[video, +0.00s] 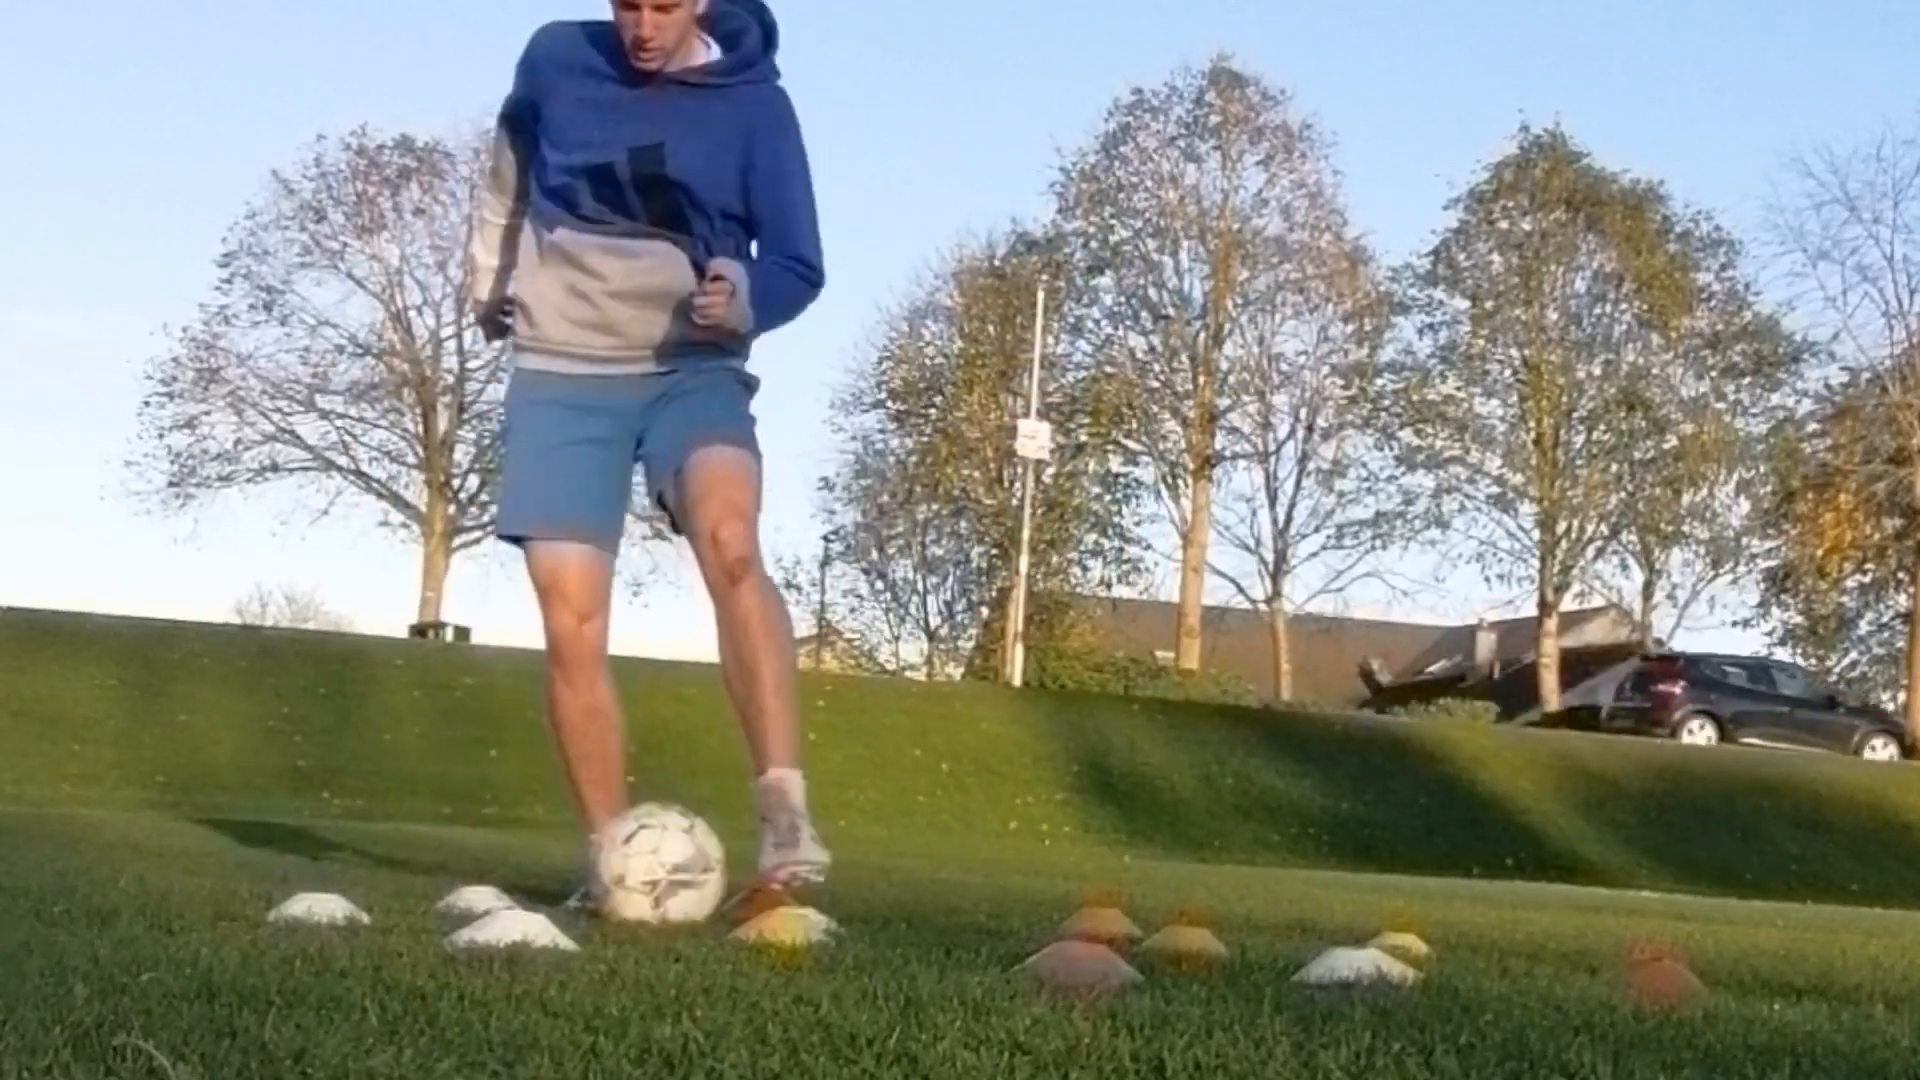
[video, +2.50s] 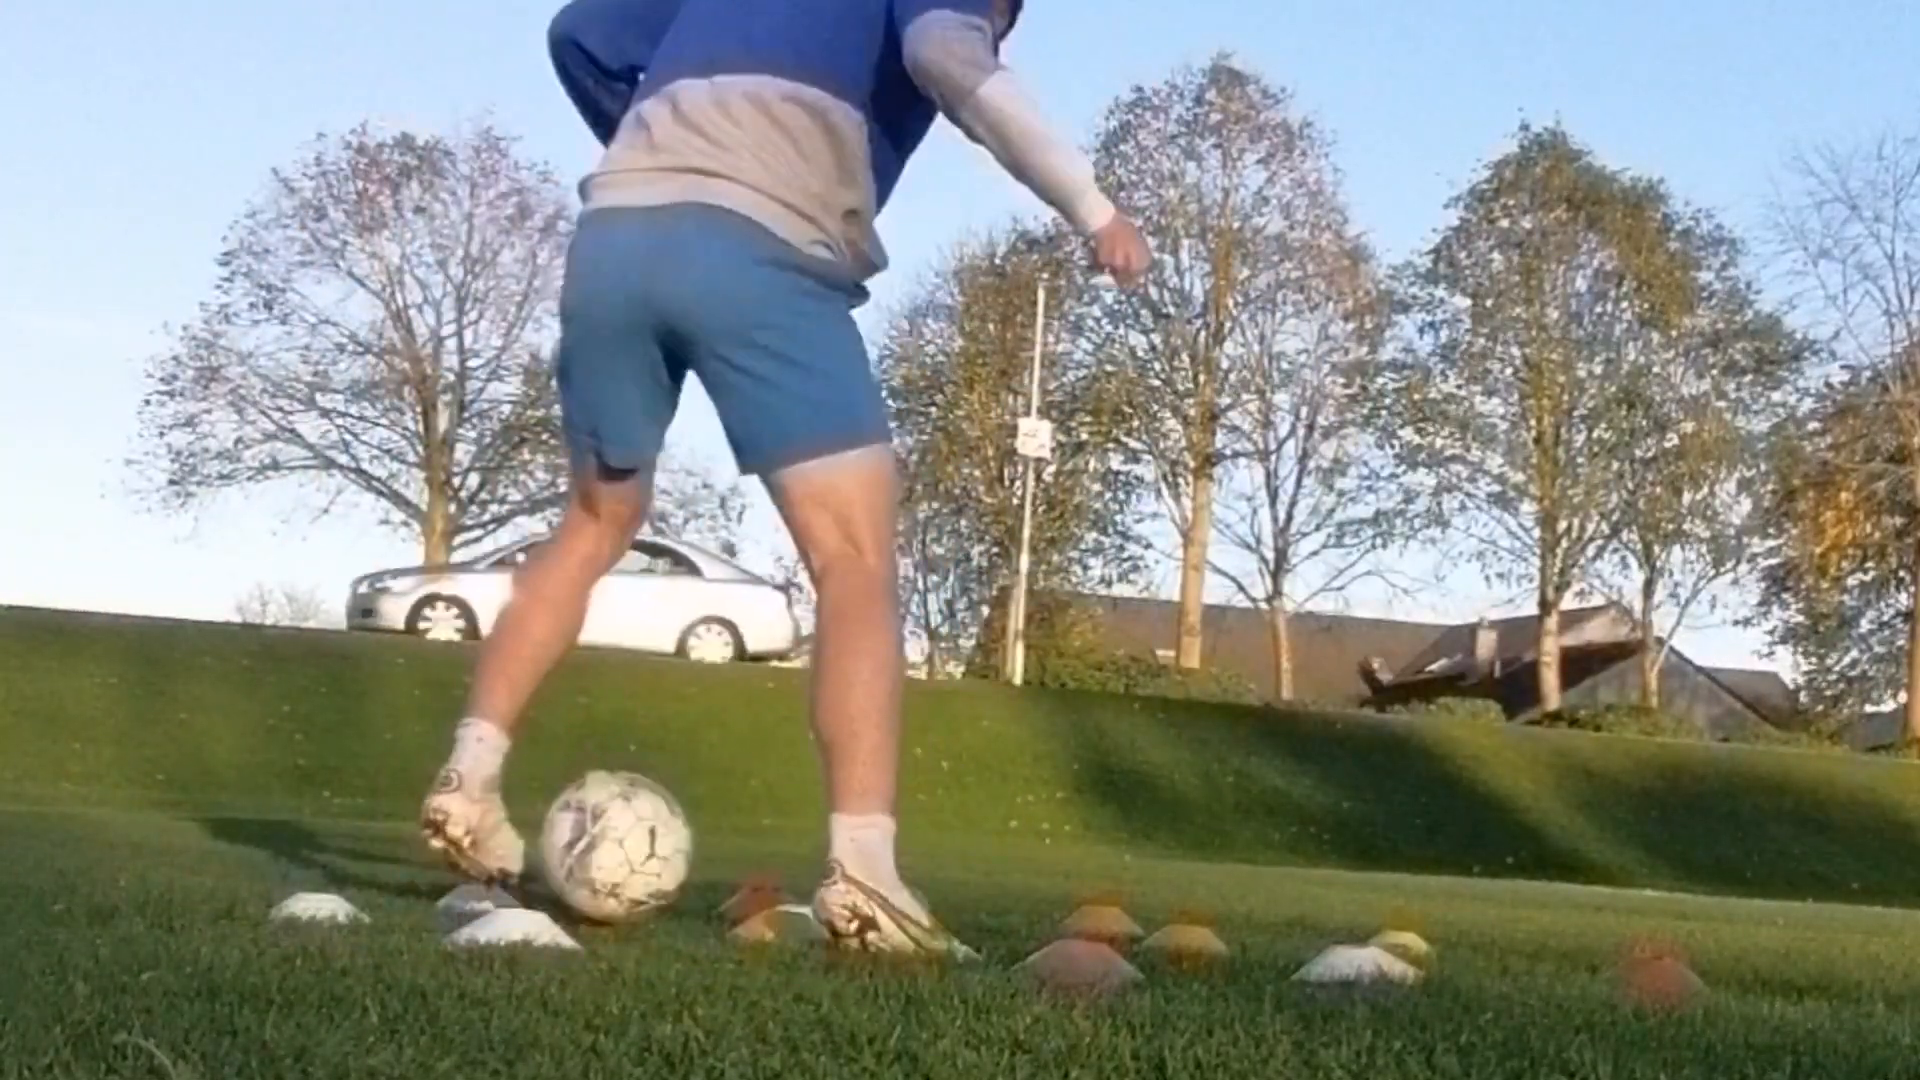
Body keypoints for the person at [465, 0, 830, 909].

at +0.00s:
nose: (641, 26)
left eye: (662, 9)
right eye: (627, 7)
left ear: (701, 3)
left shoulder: (754, 100)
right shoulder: (557, 56)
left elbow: (796, 263)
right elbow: (509, 155)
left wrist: (747, 302)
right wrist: (490, 271)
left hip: (692, 381)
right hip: (559, 384)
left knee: (734, 550)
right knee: (570, 625)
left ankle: (785, 821)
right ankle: (612, 872)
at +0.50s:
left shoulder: (714, 10)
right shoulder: (484, 0)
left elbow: (798, 85)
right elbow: (413, 27)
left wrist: (841, 123)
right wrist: (376, 33)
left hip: (621, 311)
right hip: (475, 297)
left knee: (609, 554)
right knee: (368, 510)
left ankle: (619, 796)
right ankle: (498, 764)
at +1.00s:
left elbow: (410, 187)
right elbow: (69, 79)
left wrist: (352, 285)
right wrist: (61, 177)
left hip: (311, 364)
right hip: (129, 321)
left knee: (413, 603)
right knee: (5, 565)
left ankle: (147, 700)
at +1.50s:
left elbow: (522, 89)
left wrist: (628, 184)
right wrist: (298, 130)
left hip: (516, 189)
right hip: (414, 161)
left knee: (676, 478)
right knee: (549, 482)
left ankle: (597, 817)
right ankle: (436, 871)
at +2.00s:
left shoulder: (814, 19)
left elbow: (837, 59)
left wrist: (973, 97)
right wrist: (448, 31)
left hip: (576, 201)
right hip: (675, 186)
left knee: (640, 557)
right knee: (877, 472)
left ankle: (493, 879)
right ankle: (837, 810)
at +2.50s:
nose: (1002, 39)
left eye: (1008, 27)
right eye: (1004, 21)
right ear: (978, 6)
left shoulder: (719, 8)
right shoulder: (935, 5)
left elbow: (578, 34)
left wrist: (662, 155)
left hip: (611, 240)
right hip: (760, 252)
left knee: (594, 513)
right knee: (852, 557)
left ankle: (466, 782)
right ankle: (865, 875)